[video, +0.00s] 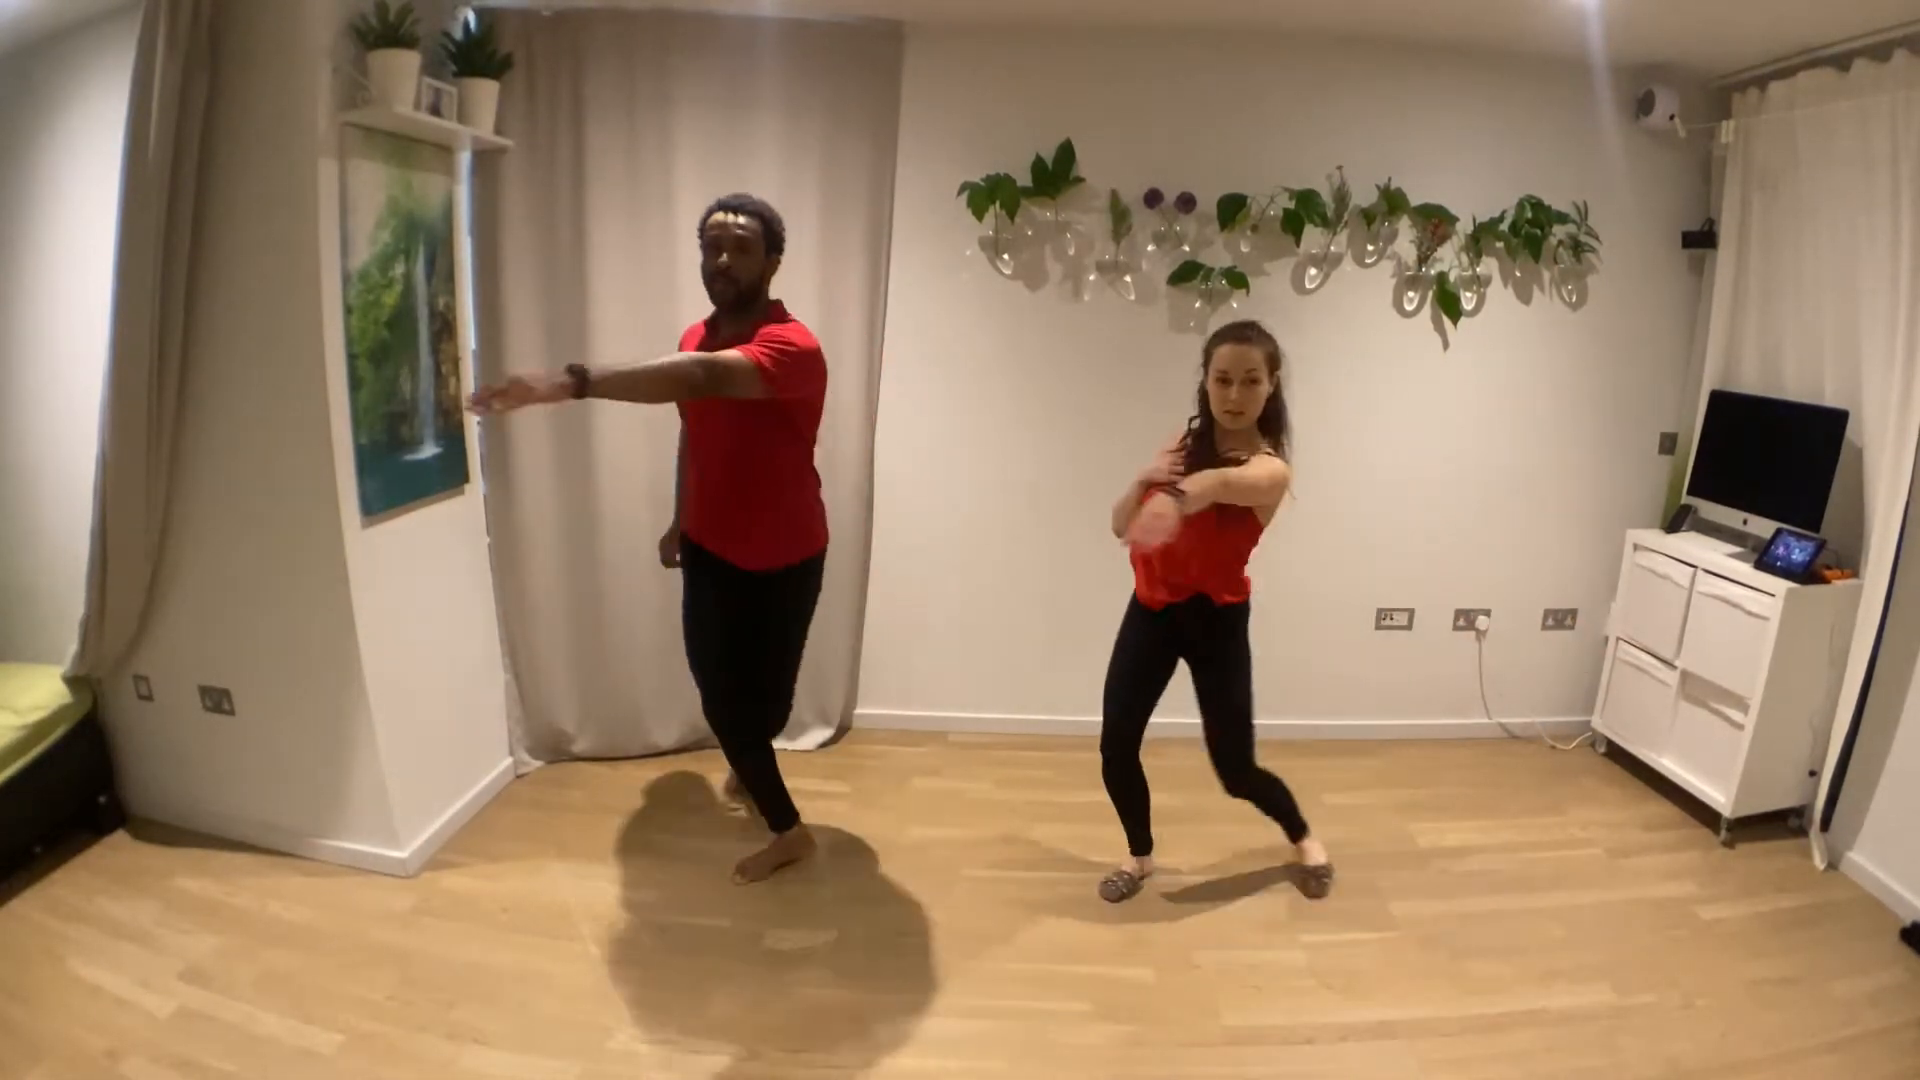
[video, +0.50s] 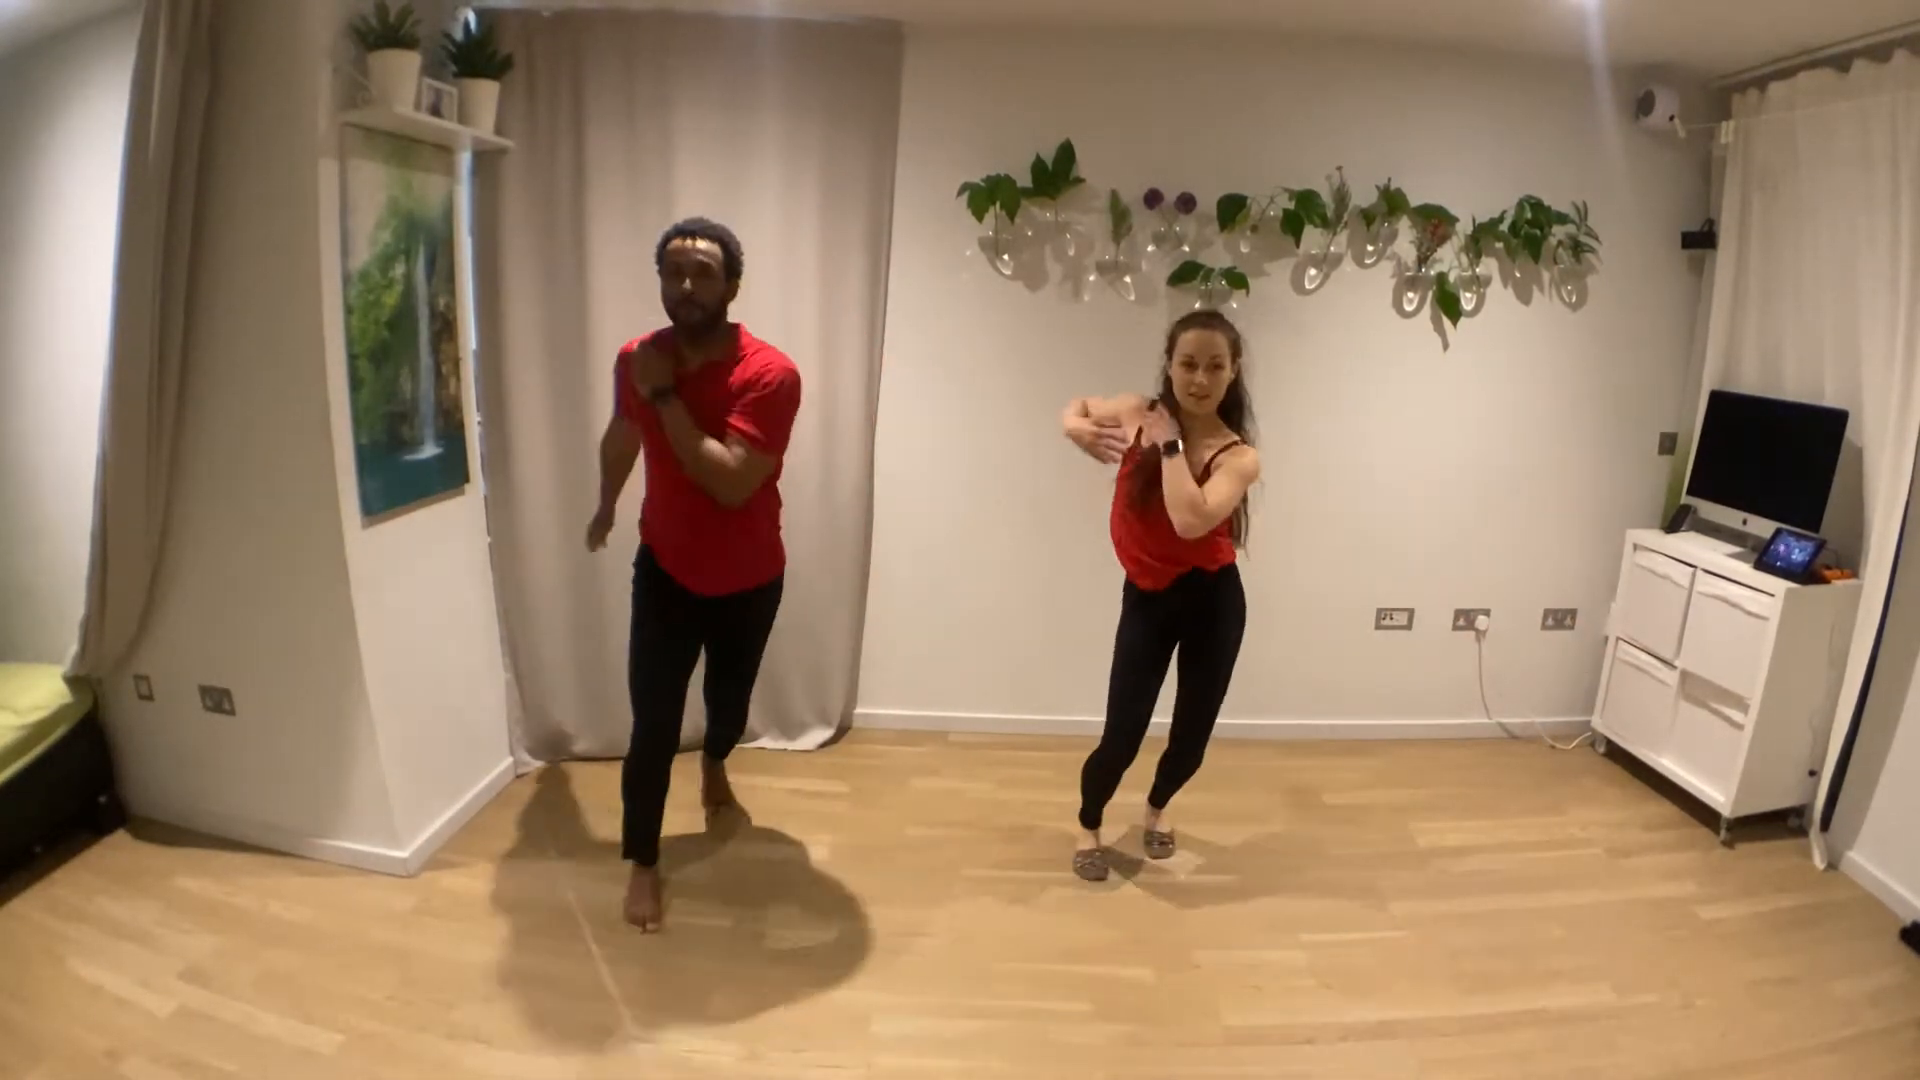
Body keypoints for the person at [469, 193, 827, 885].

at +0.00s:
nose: (719, 260)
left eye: (738, 247)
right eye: (710, 246)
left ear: (773, 261)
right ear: (699, 257)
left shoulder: (793, 351)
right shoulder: (698, 343)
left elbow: (697, 379)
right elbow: (691, 447)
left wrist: (571, 384)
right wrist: (682, 523)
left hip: (784, 554)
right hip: (711, 548)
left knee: (768, 697)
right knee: (723, 702)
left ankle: (744, 768)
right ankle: (789, 831)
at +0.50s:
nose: (686, 287)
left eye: (703, 274)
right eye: (674, 274)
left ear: (733, 286)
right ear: (660, 284)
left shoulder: (769, 374)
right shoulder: (640, 361)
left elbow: (734, 482)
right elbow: (622, 438)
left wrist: (665, 396)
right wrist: (607, 508)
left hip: (748, 577)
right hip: (668, 569)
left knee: (729, 701)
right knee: (656, 727)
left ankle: (714, 767)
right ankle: (642, 866)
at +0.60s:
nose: (682, 278)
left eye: (698, 267)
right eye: (668, 268)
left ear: (730, 283)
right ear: (654, 286)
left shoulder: (782, 372)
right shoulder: (628, 387)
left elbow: (814, 485)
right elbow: (607, 512)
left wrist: (712, 479)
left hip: (757, 579)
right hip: (671, 576)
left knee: (762, 742)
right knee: (661, 736)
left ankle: (739, 774)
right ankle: (640, 869)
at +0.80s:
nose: (709, 267)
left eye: (725, 257)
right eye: (694, 259)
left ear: (755, 278)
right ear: (674, 283)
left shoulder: (788, 363)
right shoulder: (658, 366)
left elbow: (824, 451)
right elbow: (722, 327)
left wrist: (845, 529)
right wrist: (818, 270)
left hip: (808, 582)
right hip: (722, 589)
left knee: (875, 733)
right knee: (696, 759)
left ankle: (941, 862)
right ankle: (642, 866)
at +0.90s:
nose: (774, 250)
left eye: (782, 243)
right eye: (756, 243)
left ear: (796, 269)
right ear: (731, 270)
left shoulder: (822, 360)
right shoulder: (707, 349)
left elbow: (849, 459)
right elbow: (750, 223)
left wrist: (879, 525)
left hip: (854, 581)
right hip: (769, 591)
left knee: (913, 732)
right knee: (727, 760)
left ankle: (958, 871)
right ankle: (643, 862)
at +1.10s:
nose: (839, 247)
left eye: (857, 237)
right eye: (824, 241)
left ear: (888, 264)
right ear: (811, 268)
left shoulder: (934, 353)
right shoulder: (799, 344)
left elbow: (967, 450)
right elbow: (771, 201)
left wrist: (993, 543)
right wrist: (782, 79)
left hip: (940, 586)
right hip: (853, 585)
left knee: (972, 746)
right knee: (782, 732)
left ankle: (962, 875)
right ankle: (678, 851)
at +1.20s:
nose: (885, 248)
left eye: (901, 237)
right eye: (871, 240)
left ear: (932, 259)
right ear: (855, 264)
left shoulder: (984, 353)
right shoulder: (838, 340)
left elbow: (1030, 449)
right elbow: (791, 211)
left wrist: (1042, 551)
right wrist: (777, 88)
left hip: (975, 583)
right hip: (885, 582)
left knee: (984, 749)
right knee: (839, 746)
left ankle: (962, 874)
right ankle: (754, 838)